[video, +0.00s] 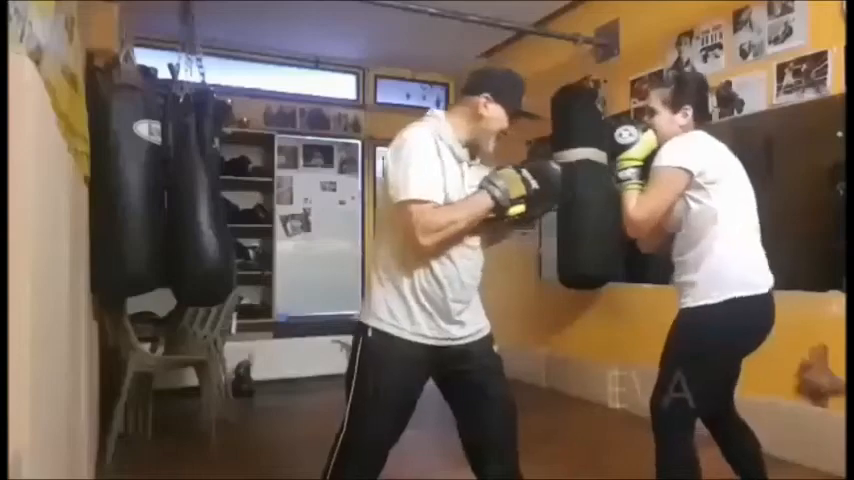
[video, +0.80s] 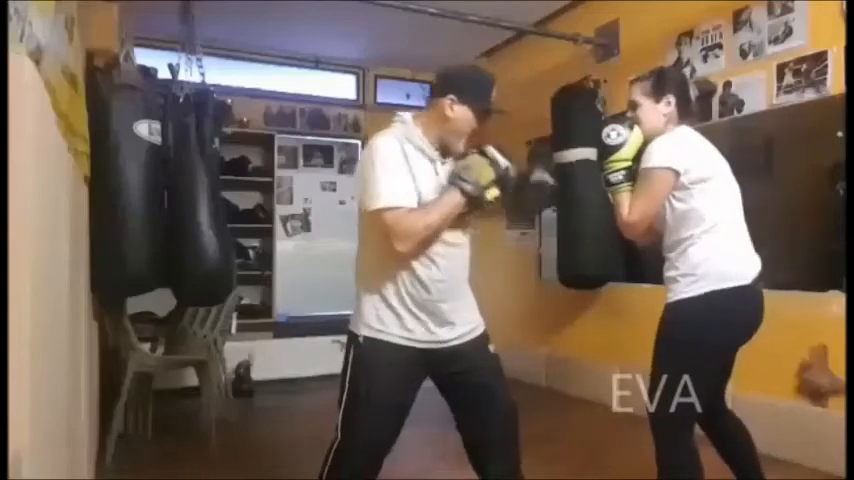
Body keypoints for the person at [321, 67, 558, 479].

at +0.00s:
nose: (507, 128)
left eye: (511, 119)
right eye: (508, 116)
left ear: (483, 106)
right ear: (484, 104)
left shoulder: (471, 158)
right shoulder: (417, 140)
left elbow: (471, 238)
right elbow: (425, 232)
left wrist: (517, 212)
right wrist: (494, 193)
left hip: (464, 332)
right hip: (397, 331)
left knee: (497, 449)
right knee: (361, 453)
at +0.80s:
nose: (482, 129)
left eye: (485, 118)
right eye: (479, 115)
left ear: (451, 108)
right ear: (449, 106)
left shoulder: (457, 156)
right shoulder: (385, 147)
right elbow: (403, 238)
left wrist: (509, 194)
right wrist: (463, 192)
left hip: (459, 330)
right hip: (389, 332)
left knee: (498, 442)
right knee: (357, 457)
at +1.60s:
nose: (472, 127)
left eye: (475, 117)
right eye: (468, 115)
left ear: (442, 110)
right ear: (439, 108)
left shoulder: (461, 150)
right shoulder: (379, 152)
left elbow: (513, 163)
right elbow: (395, 242)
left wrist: (494, 208)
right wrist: (458, 195)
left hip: (458, 321)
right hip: (391, 329)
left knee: (501, 421)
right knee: (364, 448)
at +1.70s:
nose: (458, 120)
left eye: (460, 110)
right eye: (453, 107)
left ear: (430, 104)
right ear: (423, 101)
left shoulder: (443, 150)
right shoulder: (374, 152)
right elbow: (411, 231)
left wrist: (476, 205)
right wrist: (464, 187)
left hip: (451, 323)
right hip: (387, 331)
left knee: (495, 426)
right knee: (361, 449)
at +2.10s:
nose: (459, 109)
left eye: (459, 99)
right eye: (451, 97)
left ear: (424, 98)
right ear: (419, 96)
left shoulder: (446, 150)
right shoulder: (372, 149)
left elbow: (492, 195)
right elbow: (406, 223)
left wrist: (542, 171)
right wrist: (463, 177)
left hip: (449, 327)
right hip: (382, 332)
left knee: (488, 438)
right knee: (357, 453)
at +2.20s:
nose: (466, 112)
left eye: (468, 102)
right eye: (460, 100)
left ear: (434, 99)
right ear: (428, 96)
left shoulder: (448, 153)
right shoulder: (378, 148)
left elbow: (482, 207)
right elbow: (410, 224)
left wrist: (536, 175)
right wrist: (467, 179)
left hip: (451, 329)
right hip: (384, 334)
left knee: (489, 435)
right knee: (357, 454)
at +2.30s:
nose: (471, 113)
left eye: (472, 102)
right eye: (464, 99)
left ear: (437, 100)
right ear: (434, 97)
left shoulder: (441, 153)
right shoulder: (392, 143)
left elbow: (454, 214)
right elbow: (436, 218)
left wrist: (499, 191)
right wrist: (486, 174)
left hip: (452, 328)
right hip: (390, 334)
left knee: (490, 430)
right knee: (362, 452)